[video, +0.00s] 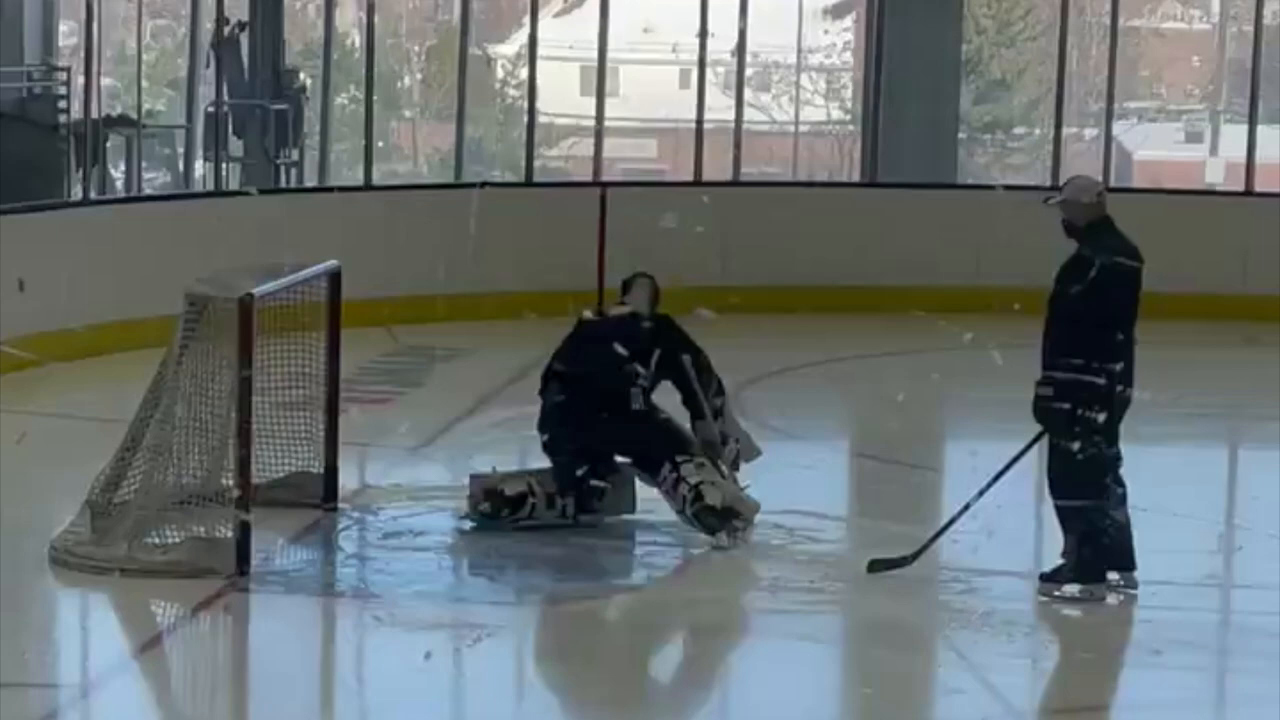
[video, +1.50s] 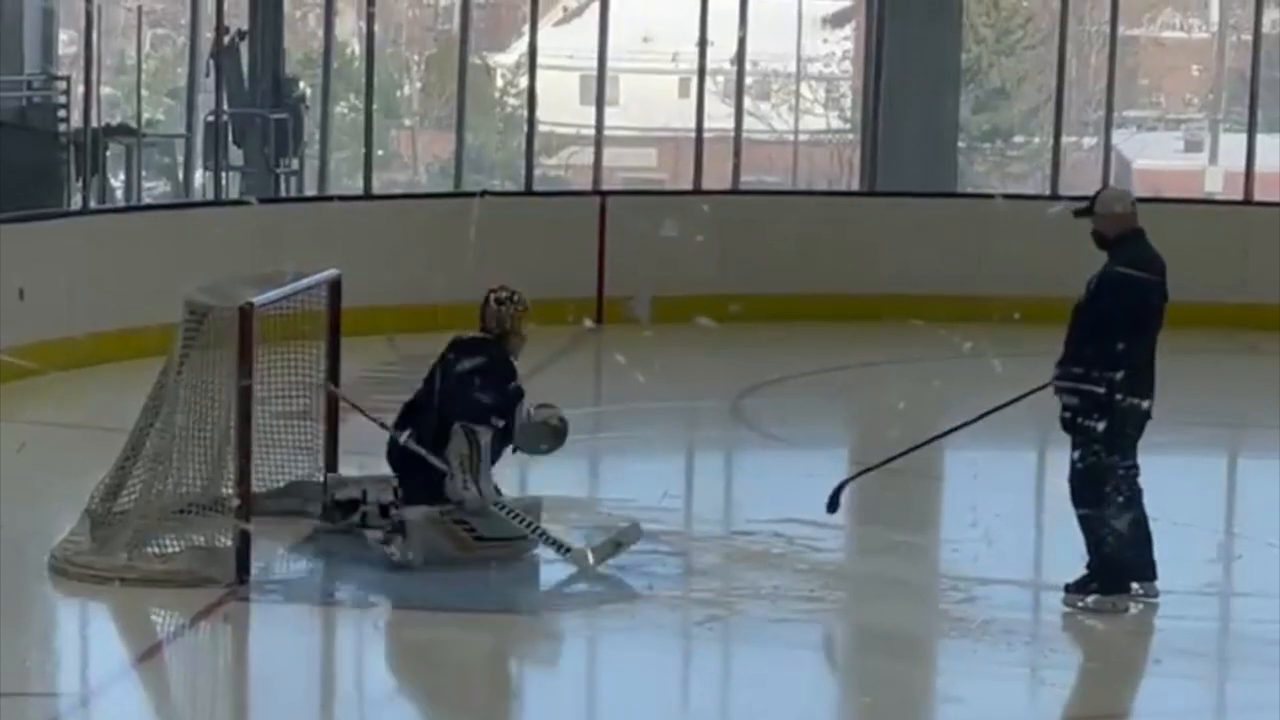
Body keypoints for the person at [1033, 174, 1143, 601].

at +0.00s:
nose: (1062, 218)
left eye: (1067, 210)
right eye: (1062, 209)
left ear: (1084, 210)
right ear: (1092, 209)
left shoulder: (1107, 259)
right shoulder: (1097, 254)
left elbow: (1099, 335)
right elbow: (1062, 331)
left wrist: (1067, 391)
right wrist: (1050, 385)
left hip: (1088, 390)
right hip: (1092, 387)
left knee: (1073, 478)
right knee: (1097, 475)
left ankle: (1086, 565)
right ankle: (1115, 560)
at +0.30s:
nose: (1071, 221)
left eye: (1076, 213)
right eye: (1072, 212)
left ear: (1093, 214)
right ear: (1106, 211)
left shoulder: (1113, 263)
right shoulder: (1116, 256)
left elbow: (1109, 337)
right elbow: (1077, 334)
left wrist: (1072, 393)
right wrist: (1054, 386)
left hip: (1096, 393)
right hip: (1103, 390)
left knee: (1081, 481)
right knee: (1103, 478)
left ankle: (1096, 571)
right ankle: (1118, 565)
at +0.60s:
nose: (1076, 225)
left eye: (1080, 217)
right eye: (1076, 216)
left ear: (1095, 218)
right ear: (1111, 216)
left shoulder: (1116, 266)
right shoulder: (1121, 259)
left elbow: (1104, 342)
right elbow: (1080, 338)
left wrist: (1078, 397)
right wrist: (1061, 391)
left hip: (1099, 396)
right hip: (1110, 392)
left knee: (1080, 480)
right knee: (1105, 478)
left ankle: (1098, 570)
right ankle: (1121, 564)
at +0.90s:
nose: (1081, 226)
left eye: (1085, 218)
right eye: (1081, 218)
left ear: (1103, 218)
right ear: (1113, 217)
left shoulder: (1123, 266)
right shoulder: (1118, 261)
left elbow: (1116, 343)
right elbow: (1098, 340)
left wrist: (1095, 402)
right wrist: (1071, 395)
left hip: (1104, 399)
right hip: (1105, 395)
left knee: (1084, 483)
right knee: (1103, 481)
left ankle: (1100, 571)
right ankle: (1118, 566)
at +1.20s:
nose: (1084, 228)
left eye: (1088, 220)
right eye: (1084, 220)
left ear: (1105, 220)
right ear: (1119, 219)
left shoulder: (1121, 267)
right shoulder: (1134, 260)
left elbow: (1104, 338)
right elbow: (1097, 333)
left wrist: (1076, 389)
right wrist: (1069, 377)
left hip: (1107, 396)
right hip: (1122, 393)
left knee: (1085, 483)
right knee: (1111, 481)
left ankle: (1096, 573)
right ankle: (1124, 568)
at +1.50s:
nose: (1092, 229)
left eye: (1097, 221)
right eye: (1092, 221)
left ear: (1113, 221)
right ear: (1127, 219)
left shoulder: (1125, 269)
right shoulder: (1141, 263)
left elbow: (1100, 336)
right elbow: (1103, 332)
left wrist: (1074, 385)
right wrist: (1073, 374)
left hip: (1109, 397)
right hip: (1125, 393)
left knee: (1092, 486)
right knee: (1118, 483)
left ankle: (1110, 577)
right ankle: (1136, 571)